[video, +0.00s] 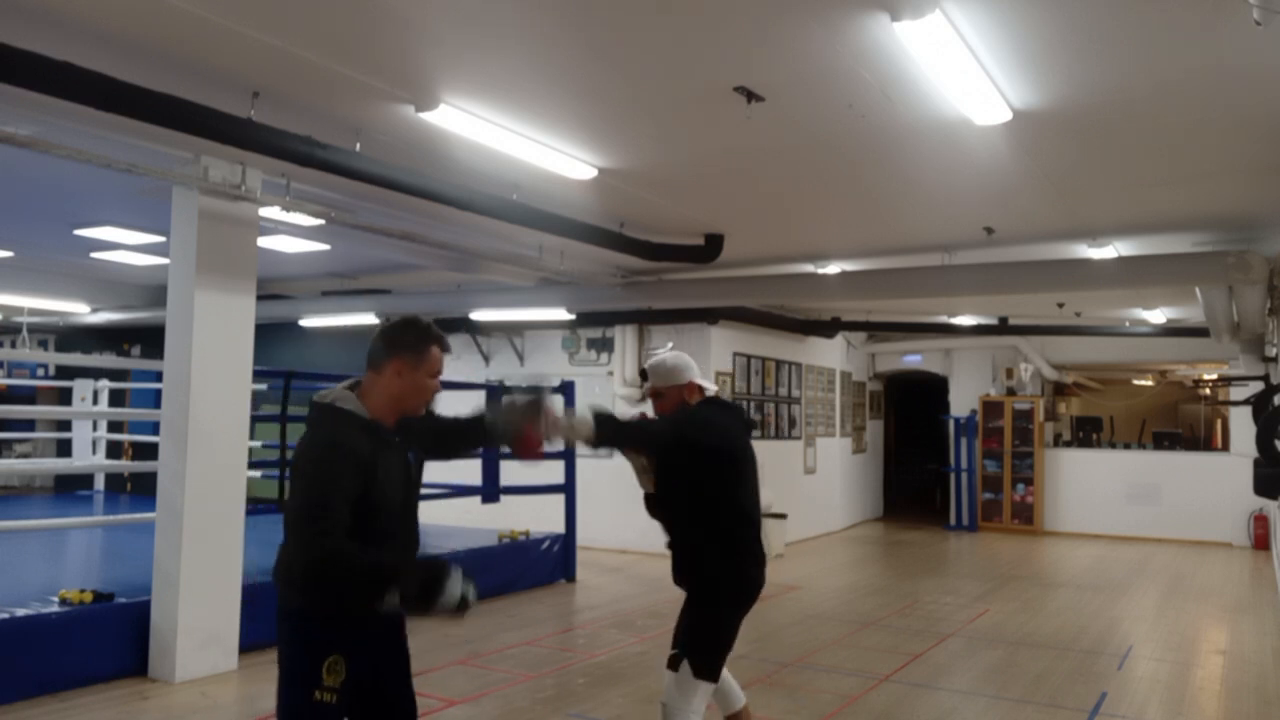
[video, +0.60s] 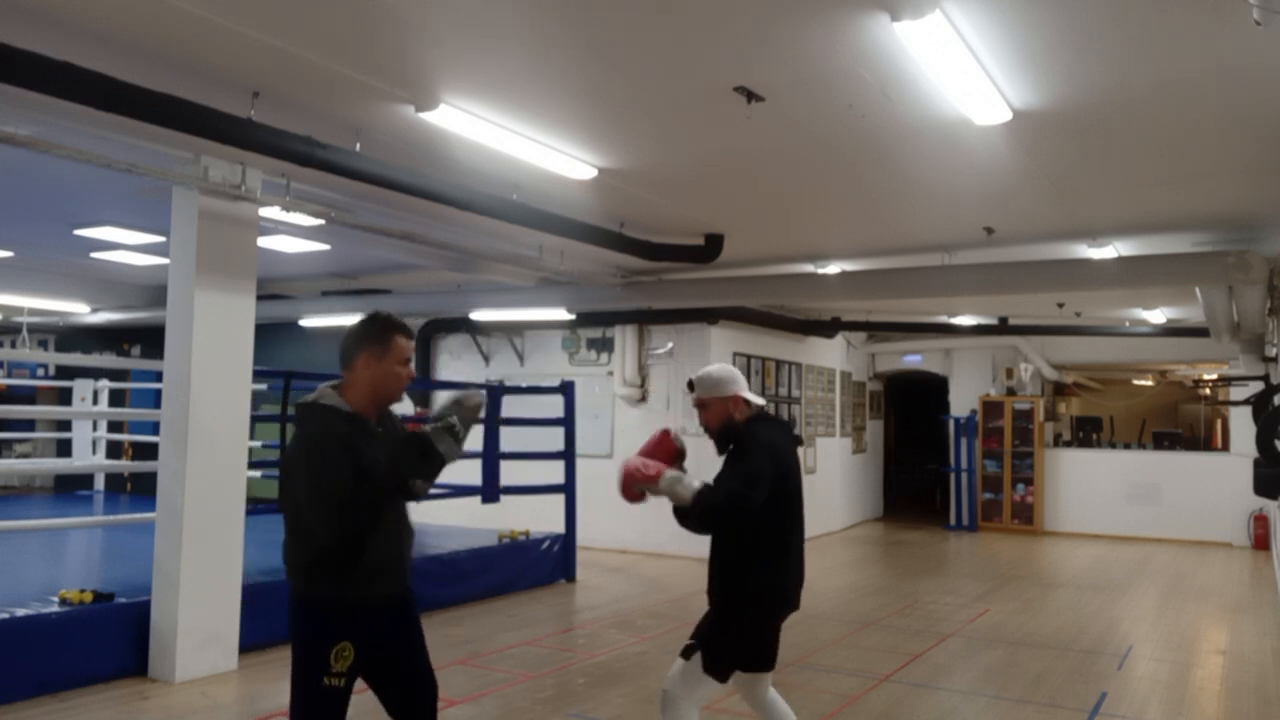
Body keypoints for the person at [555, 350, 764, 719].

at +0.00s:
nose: (655, 408)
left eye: (659, 397)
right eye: (653, 400)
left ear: (689, 391)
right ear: (691, 392)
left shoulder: (708, 423)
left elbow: (641, 435)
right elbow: (670, 514)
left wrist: (564, 423)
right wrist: (646, 471)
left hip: (726, 578)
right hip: (711, 573)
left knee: (682, 699)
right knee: (696, 662)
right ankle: (739, 711)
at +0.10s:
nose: (658, 406)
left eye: (663, 394)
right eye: (656, 396)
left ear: (692, 389)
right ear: (691, 390)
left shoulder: (719, 427)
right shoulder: (708, 426)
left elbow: (689, 500)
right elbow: (684, 496)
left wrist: (619, 479)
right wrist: (652, 461)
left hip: (724, 580)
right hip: (714, 572)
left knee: (681, 702)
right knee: (713, 665)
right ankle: (760, 711)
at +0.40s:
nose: (695, 413)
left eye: (699, 401)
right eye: (692, 402)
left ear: (729, 397)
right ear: (729, 398)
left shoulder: (749, 438)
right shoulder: (758, 432)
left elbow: (719, 509)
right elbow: (707, 512)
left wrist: (673, 463)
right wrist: (678, 467)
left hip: (738, 597)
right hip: (763, 592)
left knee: (691, 699)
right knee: (760, 689)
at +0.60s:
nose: (701, 420)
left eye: (704, 408)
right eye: (698, 410)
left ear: (734, 403)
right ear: (734, 404)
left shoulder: (756, 445)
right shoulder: (767, 439)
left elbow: (712, 518)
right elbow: (710, 515)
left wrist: (670, 483)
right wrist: (676, 480)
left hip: (744, 601)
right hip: (767, 596)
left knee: (678, 696)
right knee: (754, 688)